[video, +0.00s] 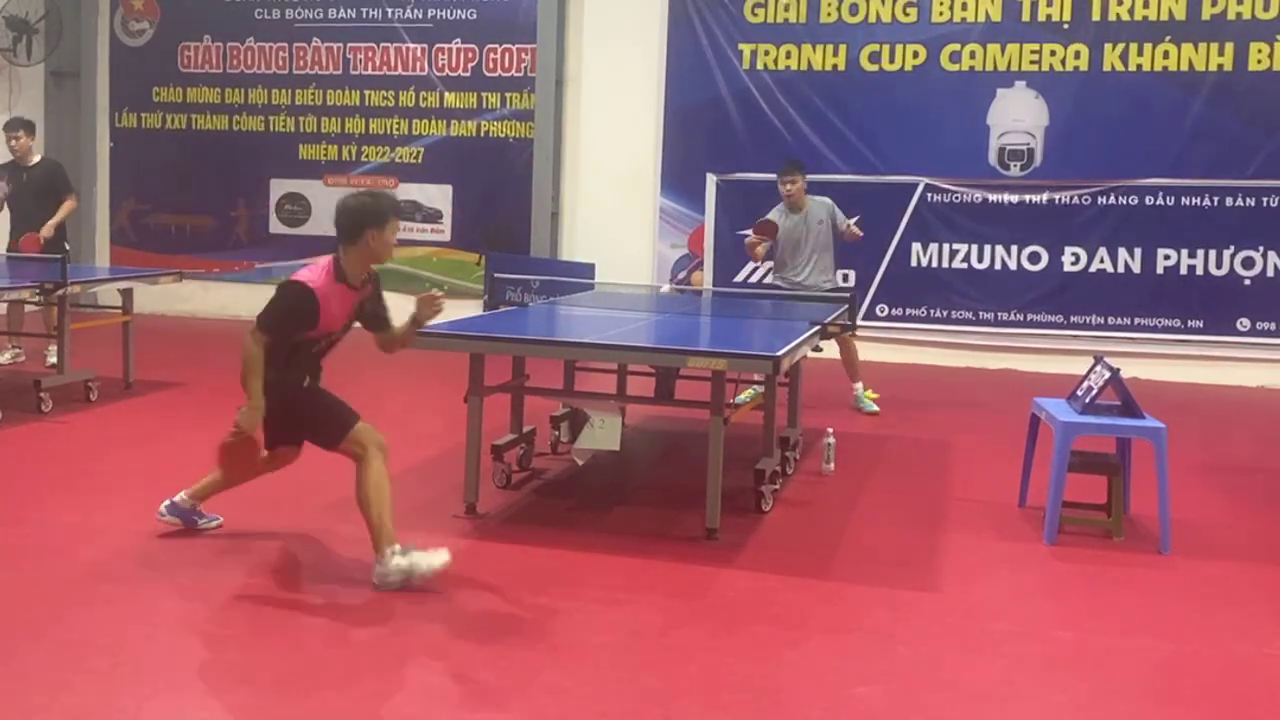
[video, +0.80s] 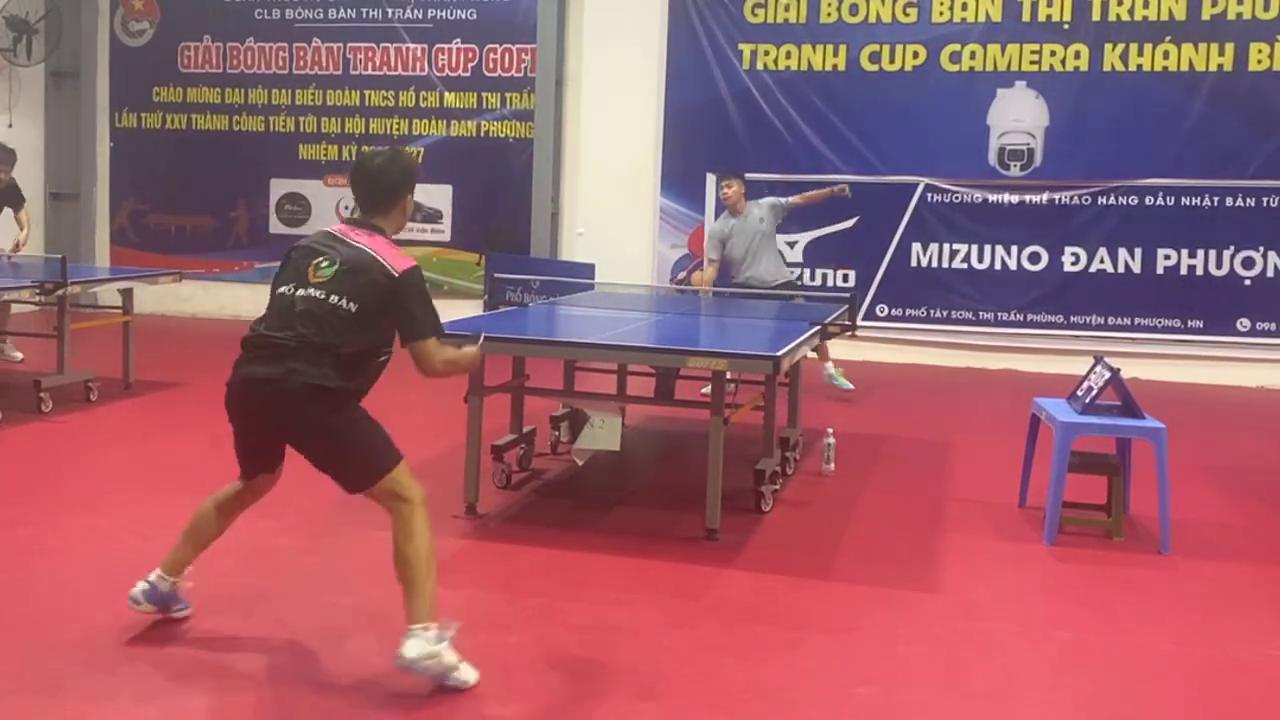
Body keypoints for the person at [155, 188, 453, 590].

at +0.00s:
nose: (397, 240)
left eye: (396, 231)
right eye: (392, 231)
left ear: (365, 236)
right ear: (367, 236)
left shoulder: (365, 281)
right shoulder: (306, 288)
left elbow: (388, 342)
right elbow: (254, 340)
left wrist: (416, 321)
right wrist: (254, 406)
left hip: (296, 382)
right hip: (281, 386)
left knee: (282, 453)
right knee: (370, 447)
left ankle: (184, 502)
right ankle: (388, 557)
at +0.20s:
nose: (430, 240)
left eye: (430, 230)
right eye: (425, 229)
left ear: (396, 235)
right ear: (397, 234)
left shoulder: (395, 284)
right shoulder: (347, 287)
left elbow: (376, 345)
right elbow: (321, 352)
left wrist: (410, 363)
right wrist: (289, 369)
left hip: (323, 395)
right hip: (330, 402)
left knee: (305, 458)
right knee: (439, 457)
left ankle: (233, 519)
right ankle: (402, 563)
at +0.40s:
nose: (426, 205)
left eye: (424, 195)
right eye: (421, 196)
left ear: (367, 202)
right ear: (401, 203)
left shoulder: (326, 249)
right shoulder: (398, 232)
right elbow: (453, 187)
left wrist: (346, 209)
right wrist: (395, 152)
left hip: (291, 392)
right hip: (346, 403)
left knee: (334, 413)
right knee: (446, 461)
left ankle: (301, 503)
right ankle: (405, 561)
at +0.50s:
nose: (397, 194)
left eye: (395, 185)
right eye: (393, 186)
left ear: (339, 190)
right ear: (383, 190)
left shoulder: (307, 243)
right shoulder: (393, 226)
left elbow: (266, 302)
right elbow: (459, 215)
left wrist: (310, 269)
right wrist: (427, 167)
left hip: (298, 395)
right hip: (357, 395)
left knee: (317, 455)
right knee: (469, 454)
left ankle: (241, 541)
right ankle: (416, 569)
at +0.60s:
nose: (388, 201)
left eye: (386, 192)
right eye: (386, 194)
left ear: (333, 200)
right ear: (374, 201)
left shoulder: (284, 261)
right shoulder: (387, 253)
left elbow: (252, 336)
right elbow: (466, 281)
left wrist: (300, 309)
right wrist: (461, 227)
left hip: (299, 411)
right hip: (368, 413)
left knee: (286, 487)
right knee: (459, 497)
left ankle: (223, 586)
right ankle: (462, 609)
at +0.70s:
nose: (399, 203)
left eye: (399, 195)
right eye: (399, 196)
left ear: (339, 193)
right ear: (392, 199)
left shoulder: (298, 252)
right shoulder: (397, 263)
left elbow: (259, 334)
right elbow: (458, 331)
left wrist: (313, 313)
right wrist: (477, 291)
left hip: (280, 399)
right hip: (349, 405)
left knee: (264, 473)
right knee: (439, 498)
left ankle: (214, 584)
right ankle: (460, 632)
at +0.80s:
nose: (413, 205)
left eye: (410, 196)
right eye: (413, 197)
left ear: (356, 196)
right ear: (405, 204)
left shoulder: (308, 243)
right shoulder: (399, 269)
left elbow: (286, 311)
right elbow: (433, 361)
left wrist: (360, 331)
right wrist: (471, 355)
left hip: (249, 387)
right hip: (315, 397)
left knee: (255, 479)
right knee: (406, 499)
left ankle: (162, 581)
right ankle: (423, 636)